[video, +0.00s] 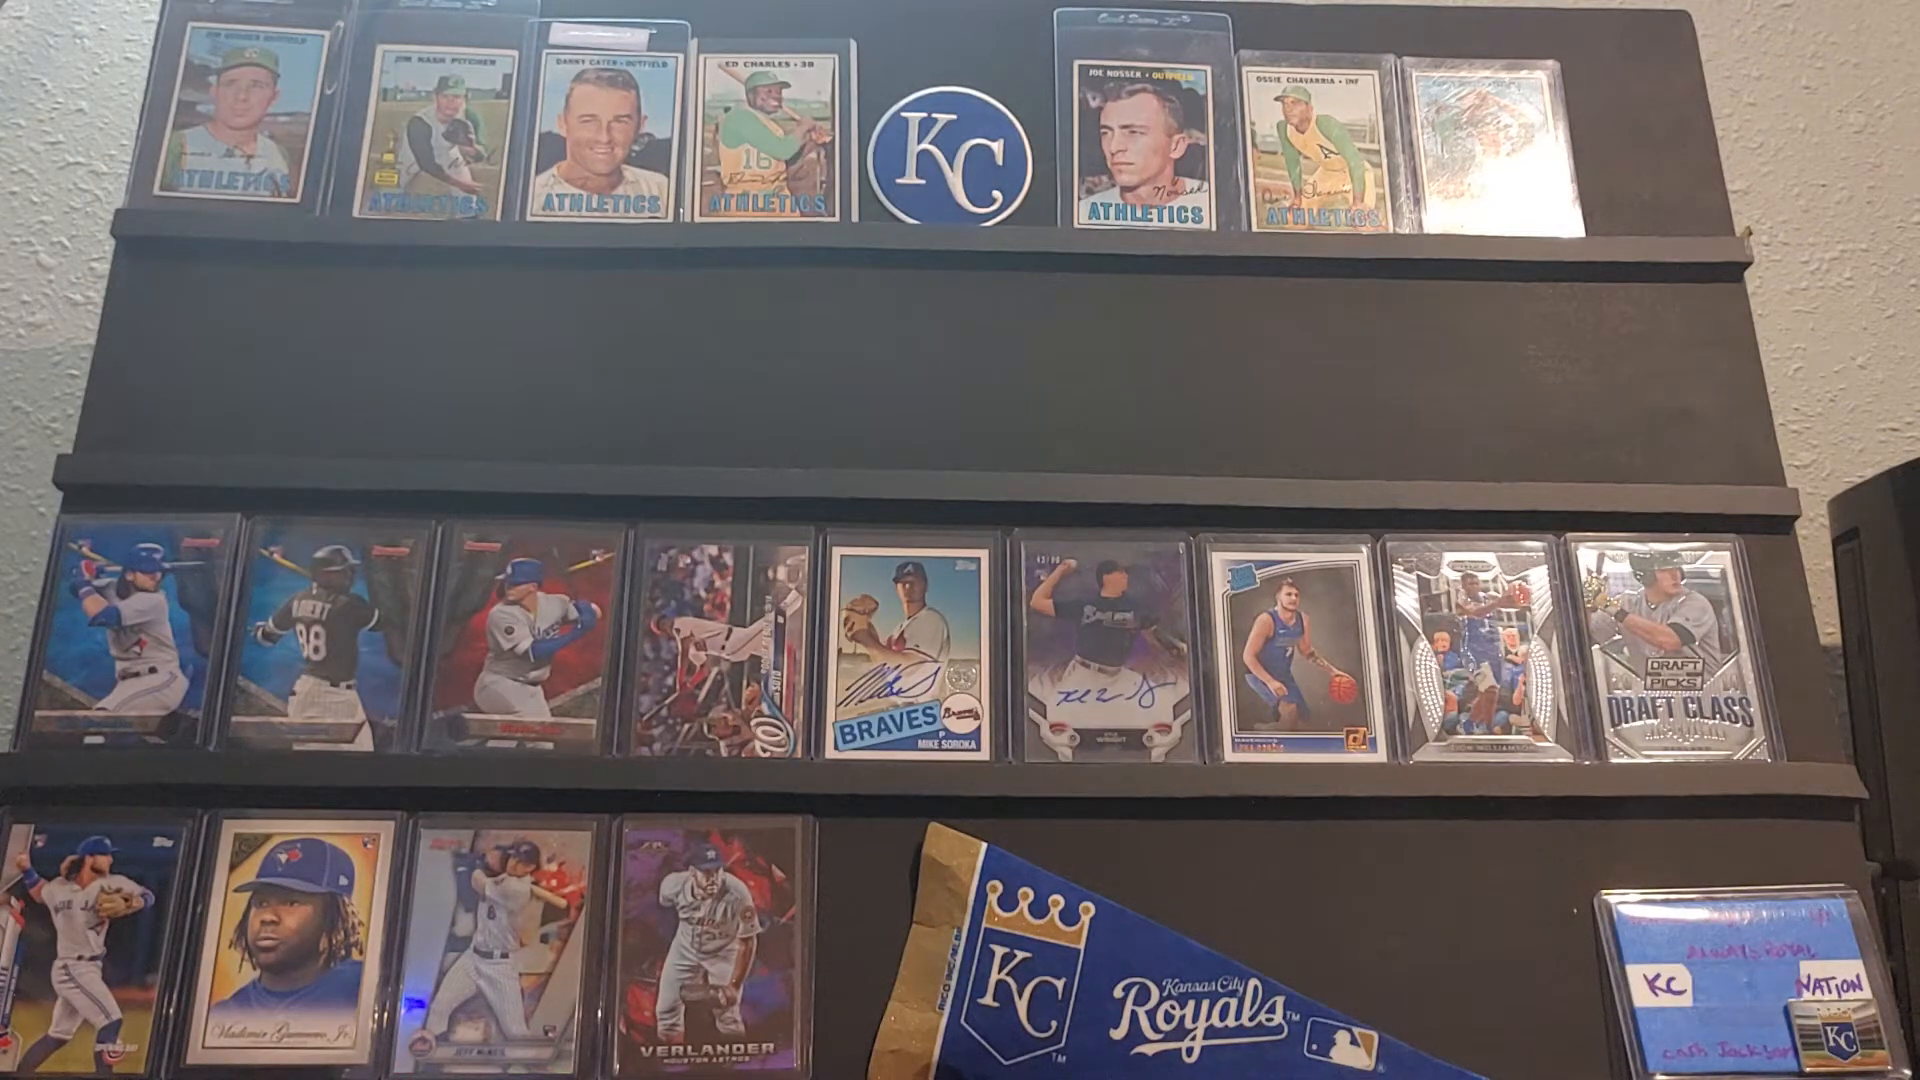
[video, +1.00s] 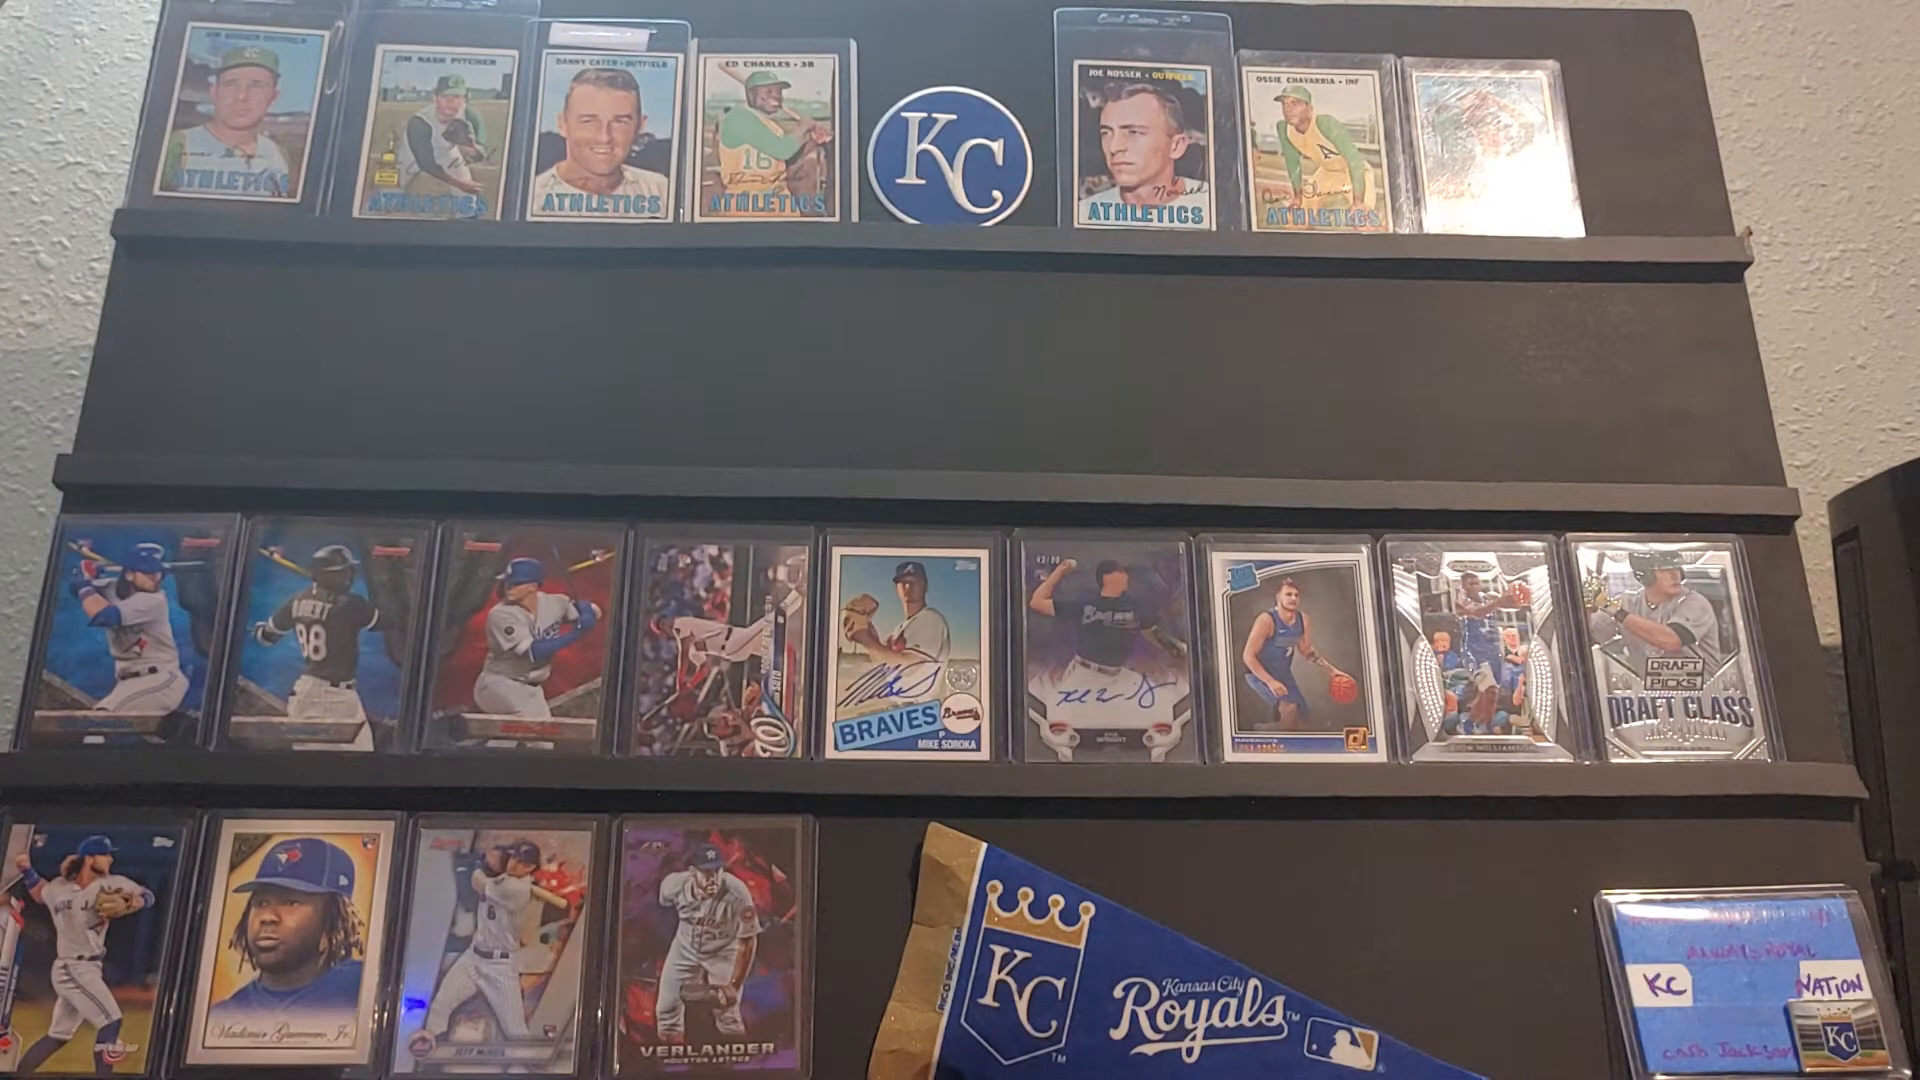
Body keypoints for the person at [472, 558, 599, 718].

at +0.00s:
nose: (508, 588)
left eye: (514, 584)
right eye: (507, 583)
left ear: (532, 587)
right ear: (505, 583)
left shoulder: (553, 603)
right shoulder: (500, 614)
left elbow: (577, 607)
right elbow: (532, 652)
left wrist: (587, 613)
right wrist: (576, 633)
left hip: (531, 688)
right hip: (497, 684)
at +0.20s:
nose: (508, 588)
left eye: (514, 584)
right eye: (507, 583)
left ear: (532, 587)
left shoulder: (554, 603)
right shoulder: (500, 614)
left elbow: (579, 607)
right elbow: (531, 652)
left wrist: (587, 613)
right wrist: (576, 633)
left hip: (531, 687)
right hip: (497, 684)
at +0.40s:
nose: (508, 587)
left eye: (514, 584)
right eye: (507, 583)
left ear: (533, 587)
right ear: (504, 583)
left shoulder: (554, 603)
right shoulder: (500, 615)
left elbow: (580, 607)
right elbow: (531, 652)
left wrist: (587, 613)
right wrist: (576, 634)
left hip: (531, 688)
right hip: (497, 684)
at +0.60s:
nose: (508, 587)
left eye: (514, 583)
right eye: (507, 583)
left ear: (533, 587)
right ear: (504, 583)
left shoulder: (554, 603)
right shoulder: (500, 614)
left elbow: (580, 607)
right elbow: (531, 652)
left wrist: (587, 613)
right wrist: (576, 633)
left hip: (531, 688)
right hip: (497, 684)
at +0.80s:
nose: (508, 587)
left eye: (514, 583)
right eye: (507, 583)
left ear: (533, 587)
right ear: (504, 583)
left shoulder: (554, 603)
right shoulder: (500, 614)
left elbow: (580, 607)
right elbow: (531, 652)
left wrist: (587, 614)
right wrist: (576, 633)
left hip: (531, 688)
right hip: (497, 684)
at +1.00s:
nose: (508, 587)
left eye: (514, 583)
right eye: (507, 583)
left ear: (533, 587)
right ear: (504, 583)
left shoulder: (554, 603)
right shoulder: (500, 614)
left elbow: (580, 607)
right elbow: (531, 652)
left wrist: (587, 614)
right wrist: (575, 633)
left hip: (531, 688)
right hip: (497, 684)